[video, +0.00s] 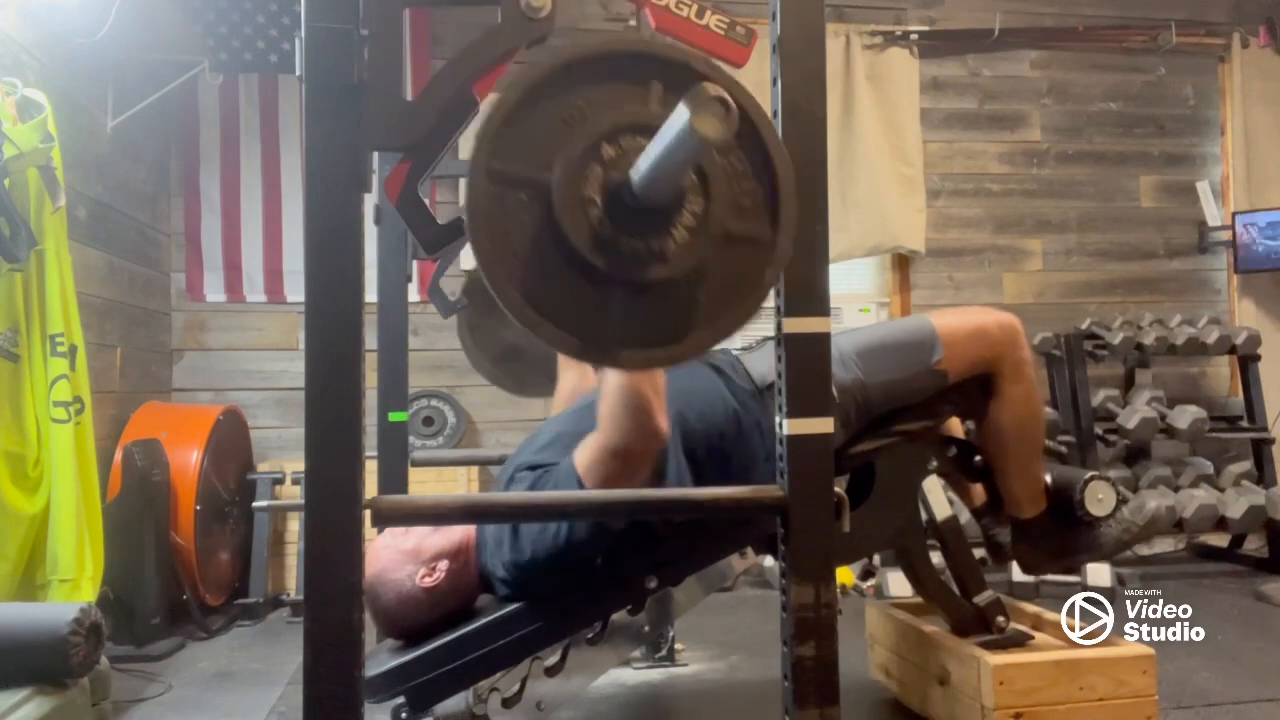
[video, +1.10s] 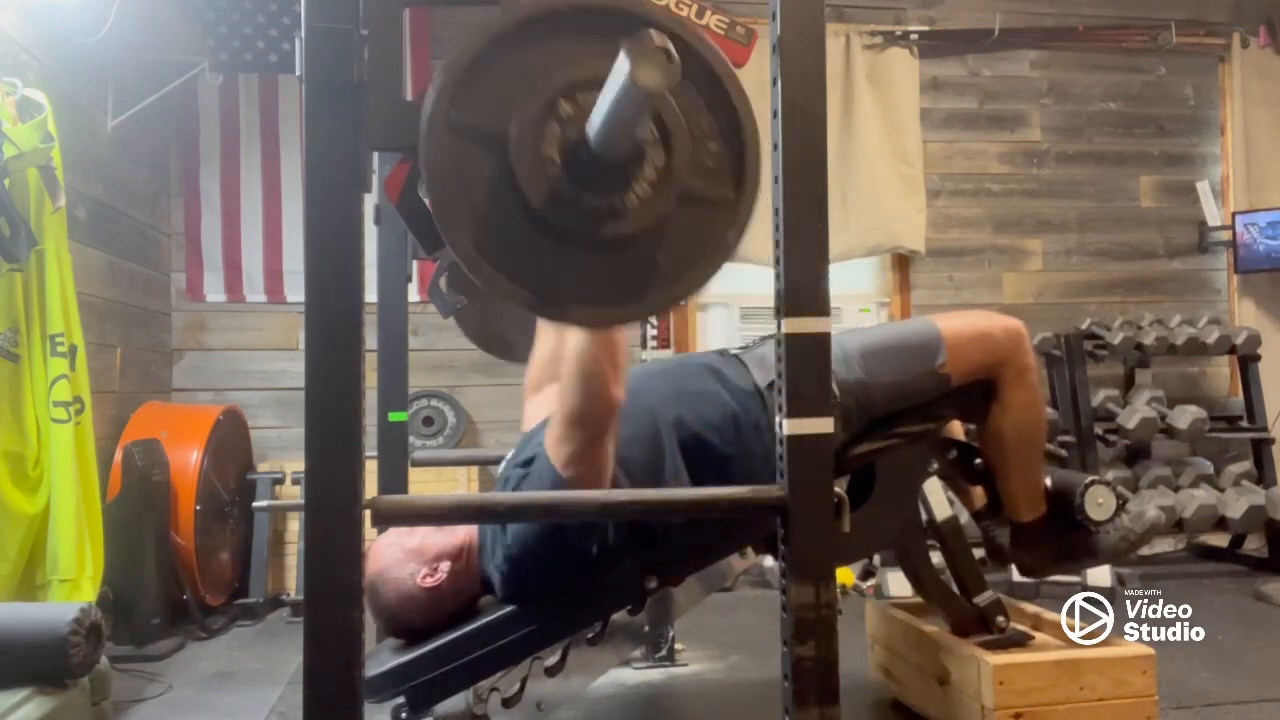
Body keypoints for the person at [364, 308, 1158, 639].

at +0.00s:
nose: (413, 525)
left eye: (395, 530)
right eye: (412, 543)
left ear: (426, 552)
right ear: (445, 573)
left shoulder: (499, 493)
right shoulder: (532, 550)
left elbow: (576, 397)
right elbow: (637, 431)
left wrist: (571, 251)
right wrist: (615, 277)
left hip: (734, 369)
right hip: (766, 421)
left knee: (929, 325)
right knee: (998, 337)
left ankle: (973, 460)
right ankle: (1033, 521)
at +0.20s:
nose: (418, 532)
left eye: (401, 536)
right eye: (417, 550)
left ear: (425, 541)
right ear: (447, 578)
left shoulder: (496, 500)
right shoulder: (527, 543)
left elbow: (623, 427)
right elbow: (669, 486)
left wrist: (649, 318)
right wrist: (665, 343)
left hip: (741, 379)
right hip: (765, 429)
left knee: (960, 330)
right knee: (1004, 342)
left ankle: (988, 476)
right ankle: (1033, 528)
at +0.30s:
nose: (417, 530)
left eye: (399, 535)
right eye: (417, 549)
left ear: (425, 545)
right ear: (446, 577)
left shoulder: (494, 499)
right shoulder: (528, 545)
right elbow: (672, 529)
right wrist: (691, 399)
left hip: (712, 388)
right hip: (748, 437)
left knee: (936, 322)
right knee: (1002, 341)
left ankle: (980, 469)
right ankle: (1033, 526)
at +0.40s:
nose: (419, 529)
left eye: (401, 534)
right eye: (418, 547)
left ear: (428, 549)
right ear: (447, 575)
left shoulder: (496, 499)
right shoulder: (533, 541)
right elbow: (690, 539)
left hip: (706, 394)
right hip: (752, 434)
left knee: (900, 314)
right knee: (1001, 339)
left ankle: (978, 471)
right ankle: (1032, 526)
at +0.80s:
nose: (421, 530)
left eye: (404, 535)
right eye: (419, 548)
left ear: (428, 543)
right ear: (448, 576)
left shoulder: (500, 497)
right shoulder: (527, 546)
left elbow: (605, 420)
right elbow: (659, 499)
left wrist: (657, 321)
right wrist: (669, 365)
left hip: (735, 375)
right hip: (757, 428)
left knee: (953, 326)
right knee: (1004, 341)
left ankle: (986, 472)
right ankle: (1033, 527)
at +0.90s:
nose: (420, 530)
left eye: (402, 534)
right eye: (417, 548)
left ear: (429, 544)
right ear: (447, 576)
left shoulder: (503, 493)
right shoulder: (526, 547)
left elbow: (630, 432)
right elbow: (654, 463)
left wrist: (609, 312)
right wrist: (635, 325)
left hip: (745, 372)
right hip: (766, 424)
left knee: (960, 327)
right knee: (1005, 341)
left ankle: (982, 476)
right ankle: (1032, 528)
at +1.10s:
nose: (415, 530)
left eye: (398, 533)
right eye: (411, 548)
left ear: (427, 541)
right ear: (444, 578)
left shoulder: (505, 493)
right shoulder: (528, 559)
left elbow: (556, 379)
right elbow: (591, 399)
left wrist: (567, 213)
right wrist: (591, 228)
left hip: (748, 373)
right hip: (772, 423)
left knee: (957, 329)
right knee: (1004, 341)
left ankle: (980, 477)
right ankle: (1031, 527)